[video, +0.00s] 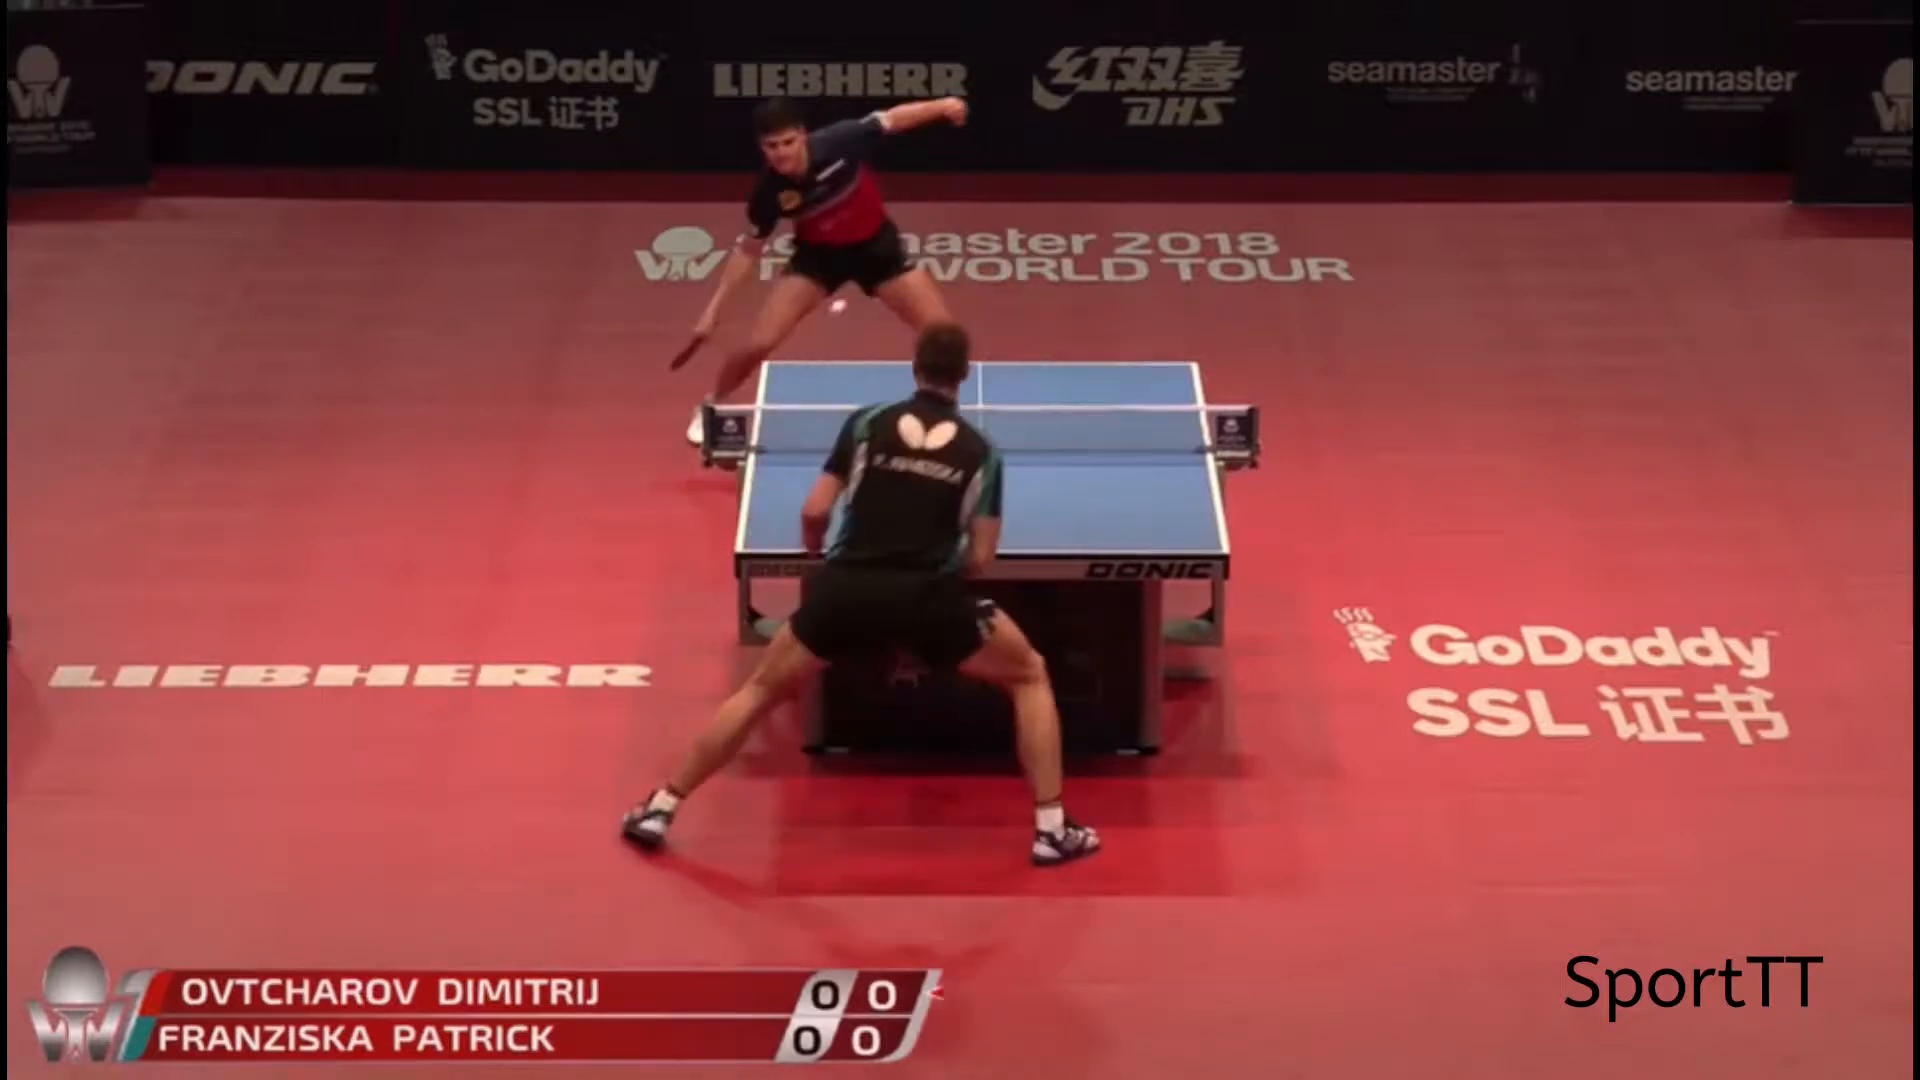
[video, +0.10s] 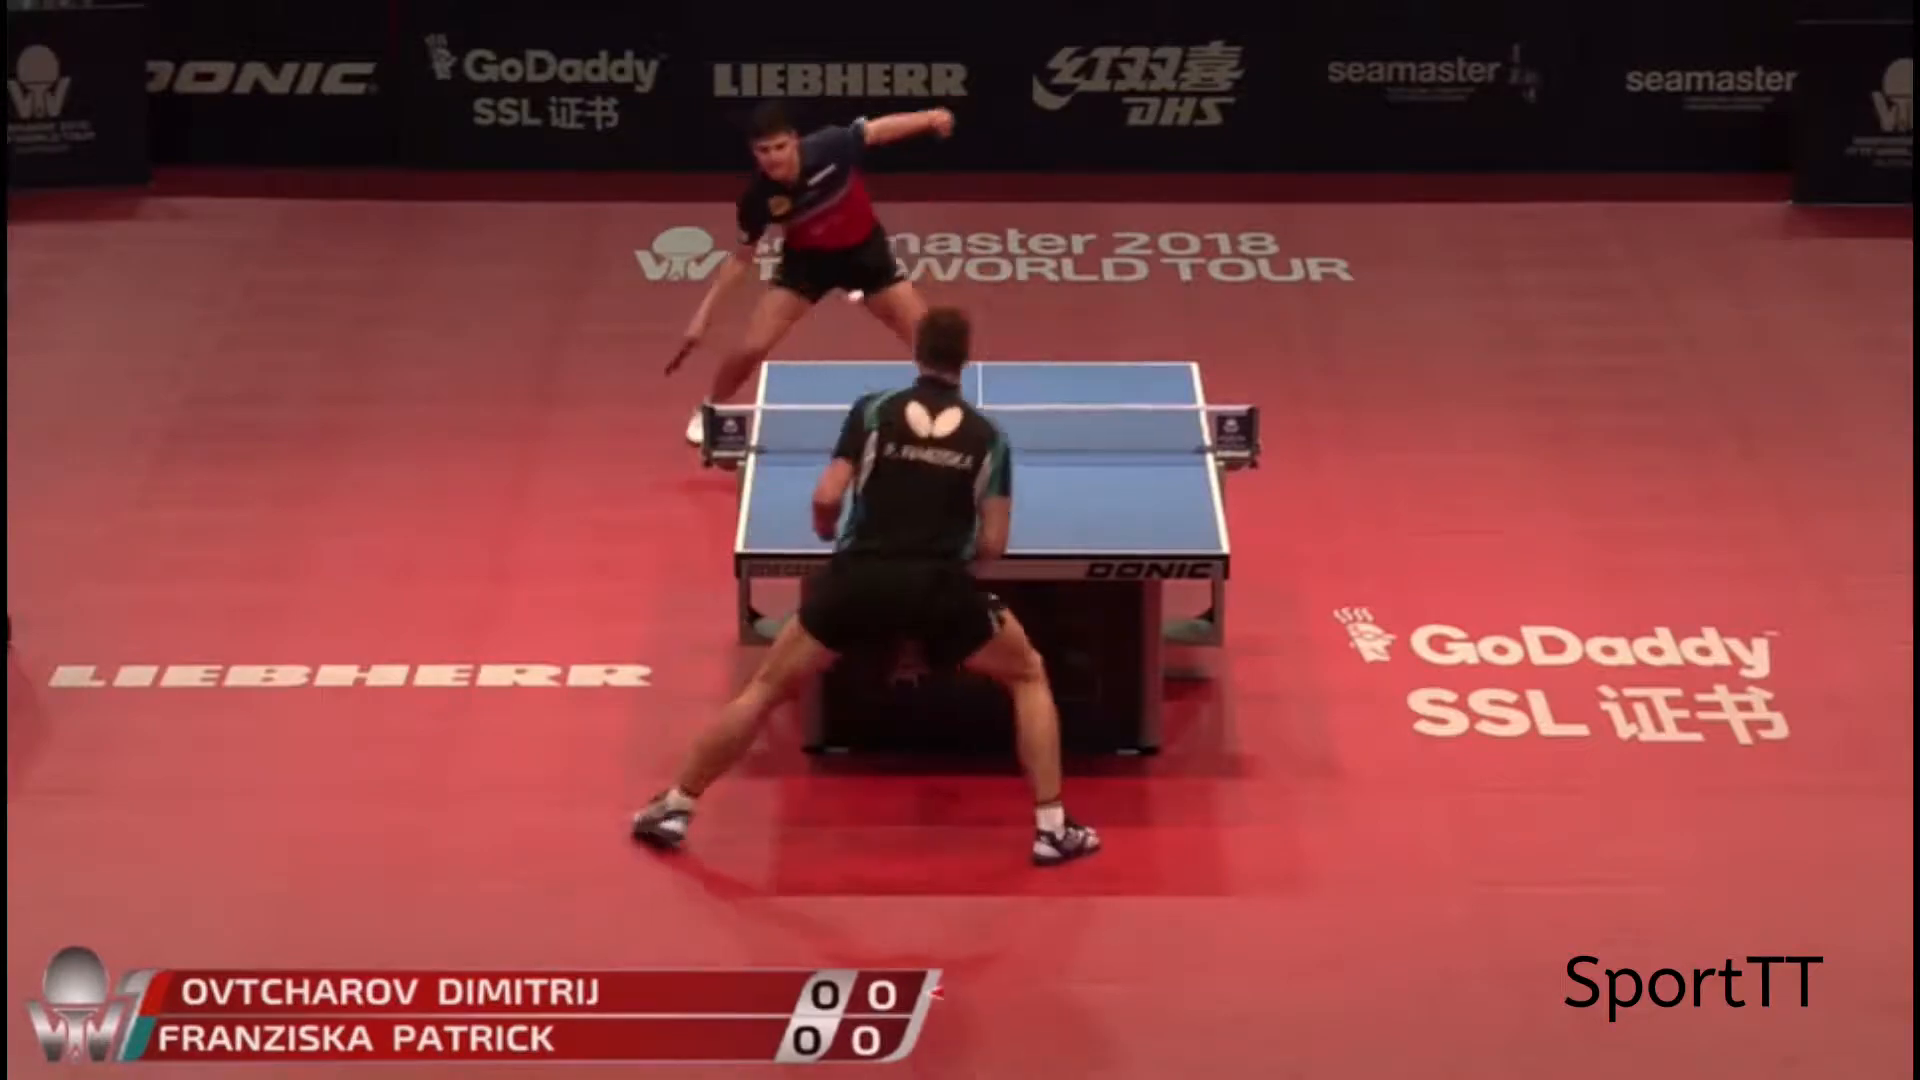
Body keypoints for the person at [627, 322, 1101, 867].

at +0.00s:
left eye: (933, 363)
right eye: (951, 368)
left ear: (915, 368)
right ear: (964, 377)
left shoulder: (866, 423)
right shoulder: (982, 452)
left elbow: (815, 511)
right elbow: (979, 559)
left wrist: (820, 558)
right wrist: (926, 570)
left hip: (845, 590)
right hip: (931, 598)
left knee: (758, 692)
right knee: (1028, 675)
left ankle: (661, 809)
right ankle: (1052, 828)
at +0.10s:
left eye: (929, 344)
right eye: (952, 348)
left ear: (917, 352)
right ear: (966, 361)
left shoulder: (873, 409)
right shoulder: (990, 435)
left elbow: (827, 497)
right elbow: (993, 542)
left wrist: (830, 538)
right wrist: (945, 547)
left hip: (856, 580)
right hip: (940, 588)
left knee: (764, 690)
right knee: (1027, 676)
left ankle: (676, 805)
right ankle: (1052, 825)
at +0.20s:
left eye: (892, 287)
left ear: (891, 296)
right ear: (945, 297)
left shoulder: (853, 360)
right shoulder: (975, 367)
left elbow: (827, 449)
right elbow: (1015, 473)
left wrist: (855, 482)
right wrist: (1008, 535)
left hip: (861, 536)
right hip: (943, 540)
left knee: (818, 674)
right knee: (996, 679)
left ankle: (790, 823)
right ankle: (1030, 833)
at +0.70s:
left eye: (803, 297)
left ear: (800, 305)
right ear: (855, 301)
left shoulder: (773, 381)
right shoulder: (893, 377)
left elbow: (753, 469)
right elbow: (933, 474)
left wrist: (793, 481)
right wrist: (922, 502)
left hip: (800, 560)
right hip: (877, 555)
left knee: (796, 708)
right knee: (927, 696)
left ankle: (806, 850)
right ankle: (960, 841)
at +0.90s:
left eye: (745, 273)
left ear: (741, 280)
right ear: (795, 274)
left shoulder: (720, 344)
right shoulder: (843, 347)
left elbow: (696, 436)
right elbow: (873, 446)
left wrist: (724, 458)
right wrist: (825, 464)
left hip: (737, 522)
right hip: (813, 523)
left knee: (715, 670)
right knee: (799, 684)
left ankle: (712, 819)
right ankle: (772, 837)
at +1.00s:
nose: (719, 311)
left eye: (715, 301)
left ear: (716, 305)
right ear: (767, 298)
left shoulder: (704, 368)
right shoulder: (822, 373)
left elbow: (679, 459)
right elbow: (845, 472)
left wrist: (710, 476)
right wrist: (792, 480)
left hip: (711, 545)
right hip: (787, 550)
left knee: (667, 686)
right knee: (764, 711)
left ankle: (640, 836)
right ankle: (736, 868)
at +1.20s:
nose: (660, 319)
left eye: (655, 309)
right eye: (679, 304)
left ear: (656, 311)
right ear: (704, 308)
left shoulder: (637, 374)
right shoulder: (750, 383)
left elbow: (611, 468)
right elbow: (766, 486)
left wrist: (649, 470)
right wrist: (715, 476)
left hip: (642, 550)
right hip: (717, 556)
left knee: (596, 680)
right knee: (719, 705)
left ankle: (577, 822)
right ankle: (729, 834)